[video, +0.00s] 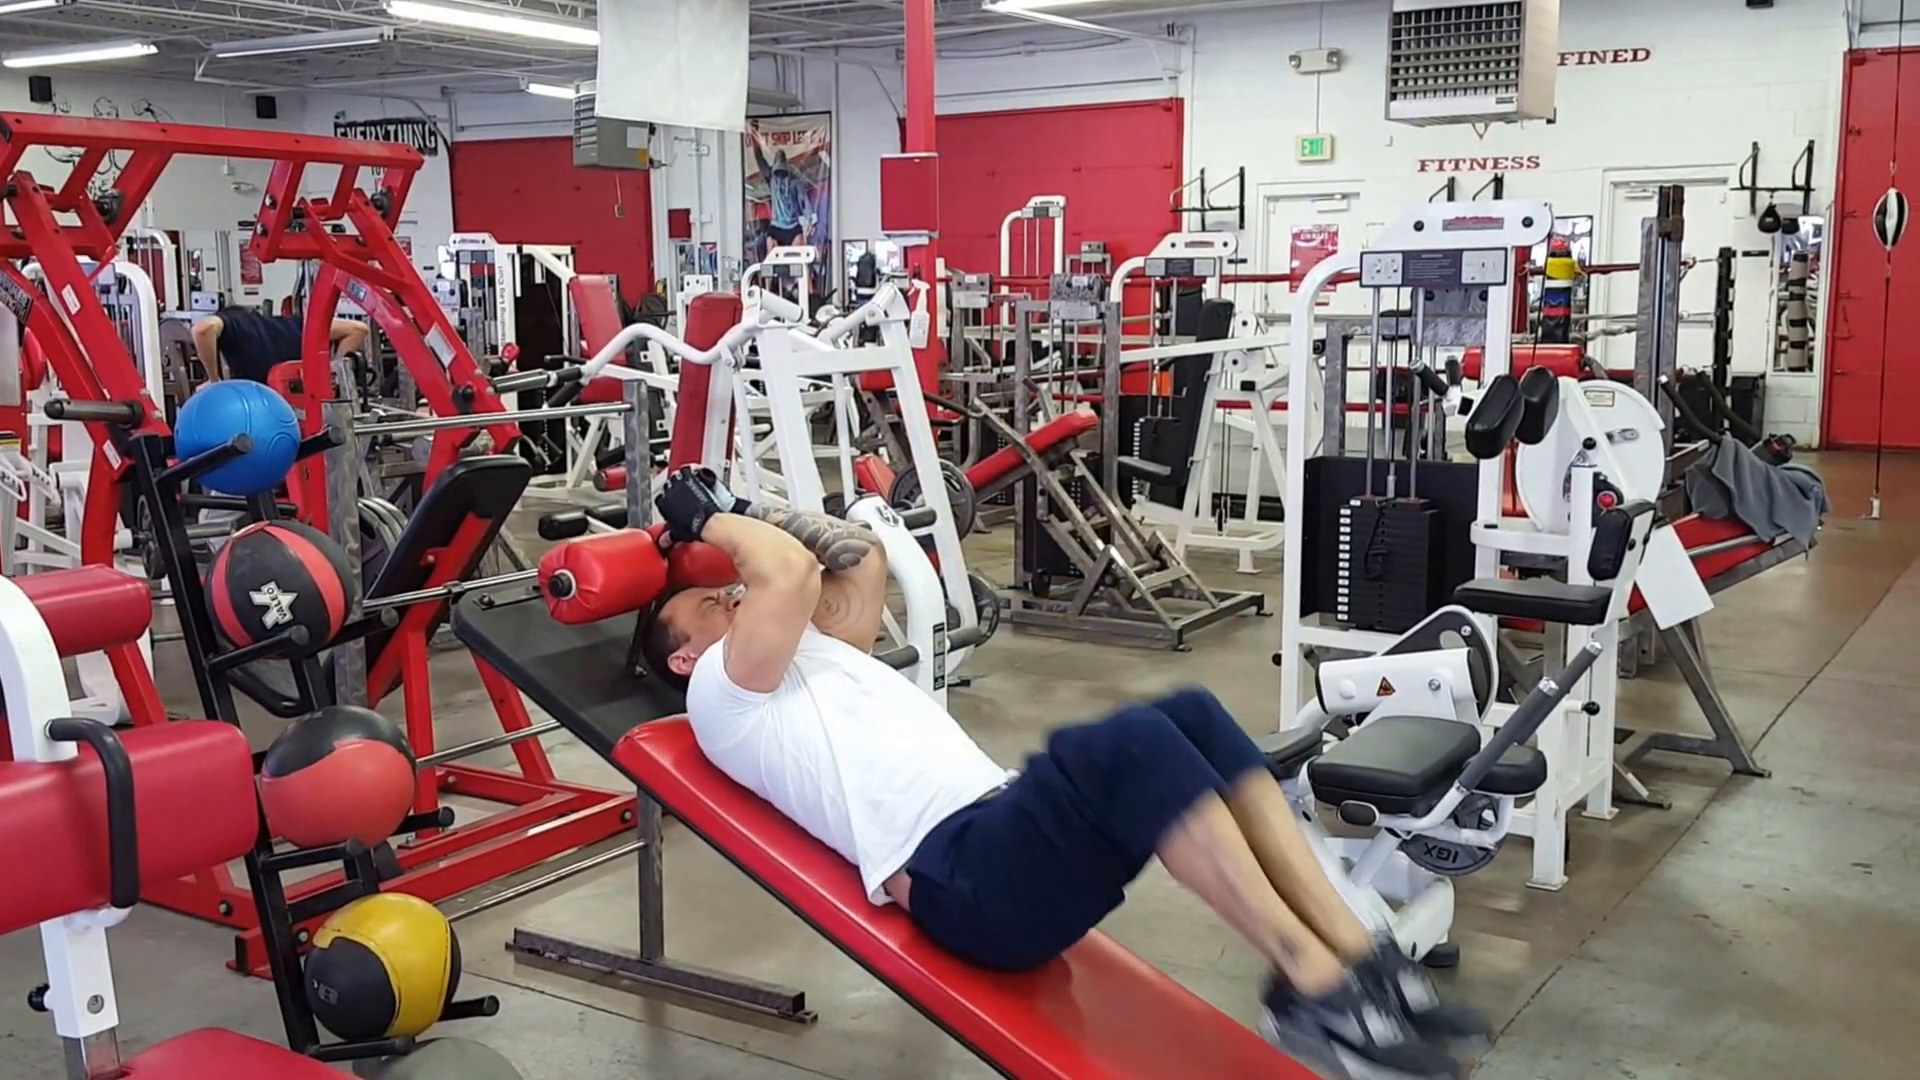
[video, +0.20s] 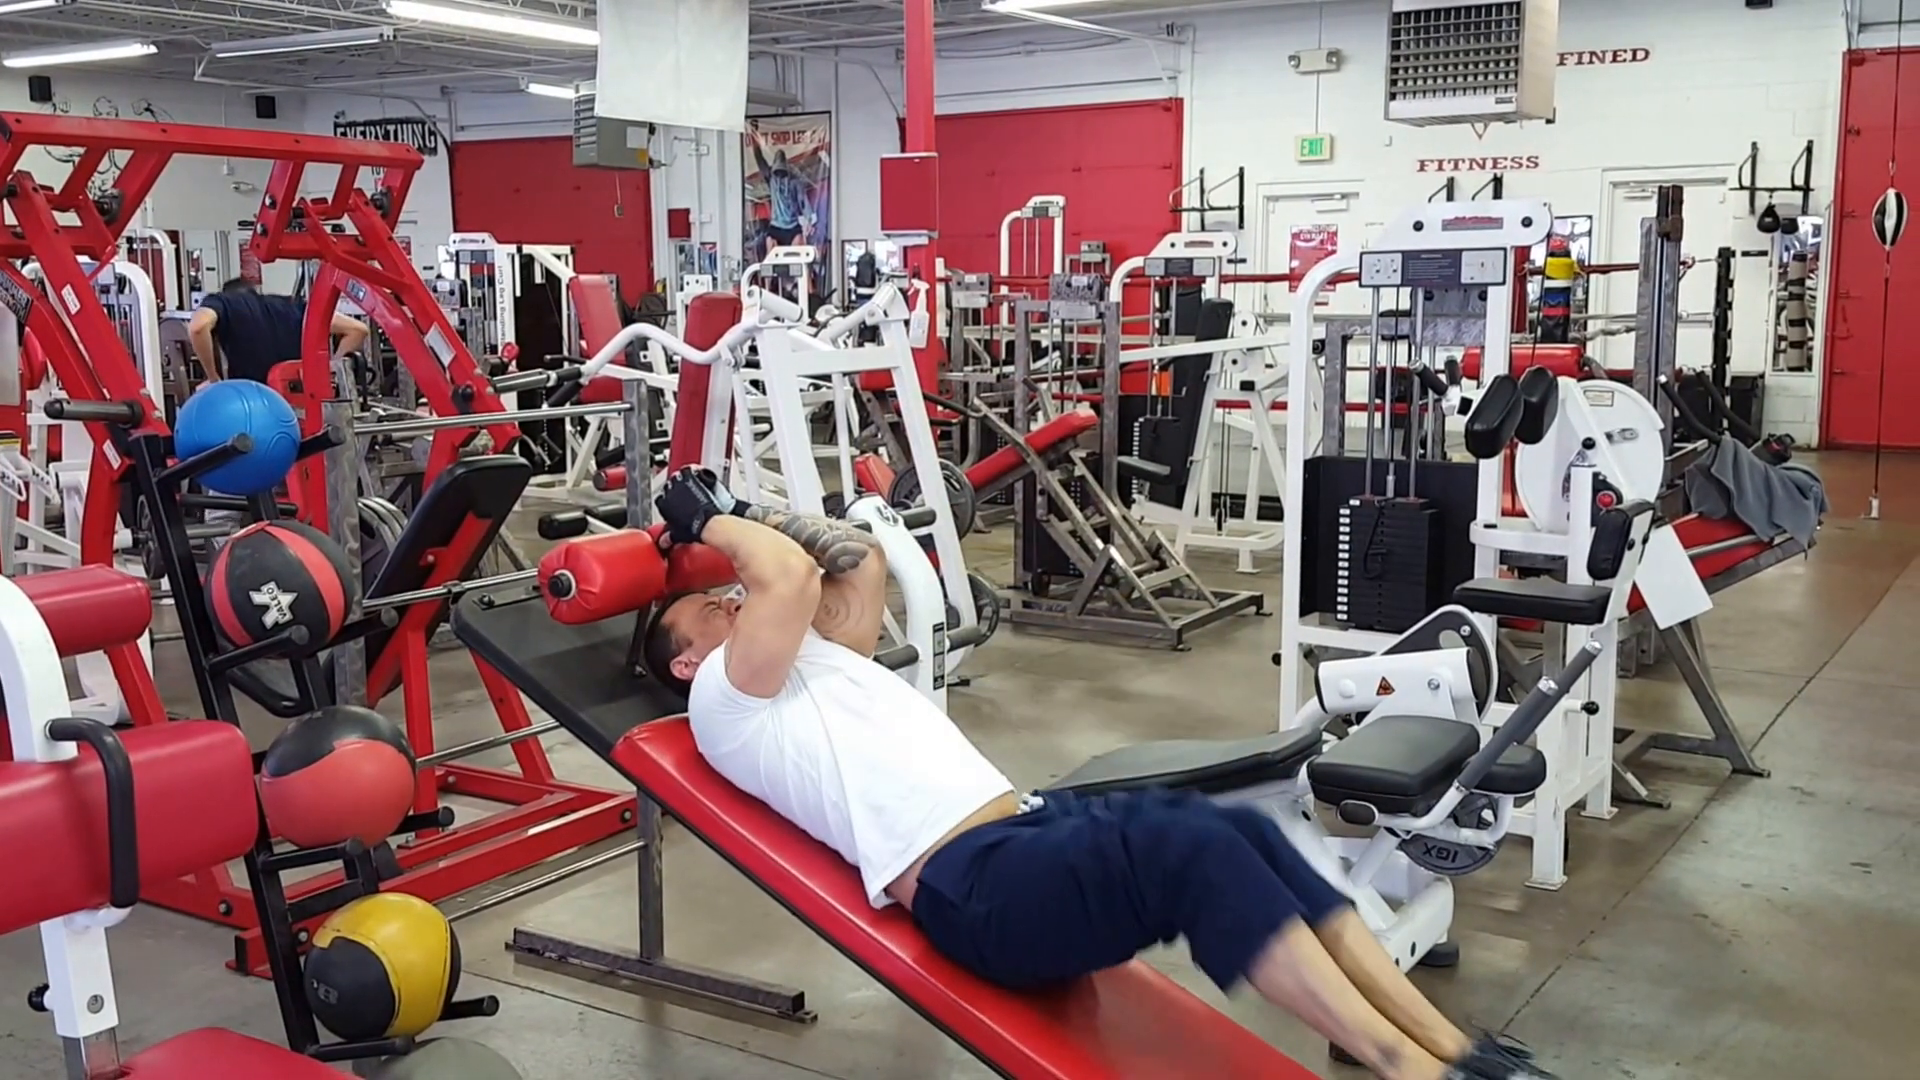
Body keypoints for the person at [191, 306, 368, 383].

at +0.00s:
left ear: (231, 315)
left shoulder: (234, 320)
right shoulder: (300, 324)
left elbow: (202, 331)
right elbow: (358, 330)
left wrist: (213, 380)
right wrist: (334, 363)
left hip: (259, 421)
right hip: (309, 418)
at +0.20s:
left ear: (225, 293)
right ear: (255, 289)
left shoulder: (221, 301)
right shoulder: (293, 304)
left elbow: (198, 327)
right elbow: (358, 330)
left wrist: (213, 379)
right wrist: (332, 364)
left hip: (252, 412)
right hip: (305, 409)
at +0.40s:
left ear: (234, 268)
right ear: (266, 266)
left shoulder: (220, 280)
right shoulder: (297, 285)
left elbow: (192, 319)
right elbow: (351, 328)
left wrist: (208, 374)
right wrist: (331, 367)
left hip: (242, 399)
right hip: (299, 397)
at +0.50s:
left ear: (240, 257)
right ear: (275, 256)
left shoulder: (220, 274)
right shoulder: (300, 280)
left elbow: (188, 313)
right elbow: (350, 328)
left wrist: (195, 373)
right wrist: (328, 365)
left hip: (242, 399)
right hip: (299, 398)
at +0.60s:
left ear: (248, 247)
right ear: (280, 244)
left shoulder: (223, 273)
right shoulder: (302, 278)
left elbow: (183, 314)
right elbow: (350, 329)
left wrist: (182, 377)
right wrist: (328, 366)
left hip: (240, 402)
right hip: (298, 401)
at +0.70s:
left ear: (254, 239)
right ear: (290, 240)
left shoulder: (226, 272)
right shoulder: (308, 278)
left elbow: (181, 318)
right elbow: (350, 330)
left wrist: (177, 380)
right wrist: (329, 366)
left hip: (240, 402)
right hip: (299, 401)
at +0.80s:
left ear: (257, 235)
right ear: (292, 236)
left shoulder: (233, 270)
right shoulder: (309, 275)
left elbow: (189, 324)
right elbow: (351, 331)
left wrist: (177, 384)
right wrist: (327, 367)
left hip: (243, 395)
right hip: (301, 396)